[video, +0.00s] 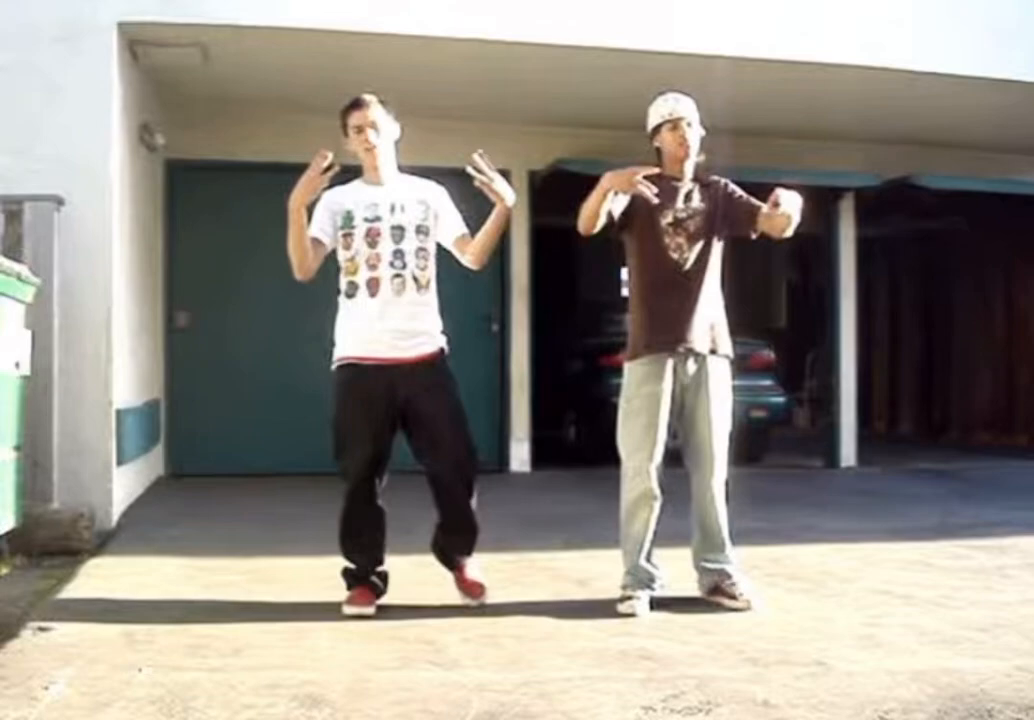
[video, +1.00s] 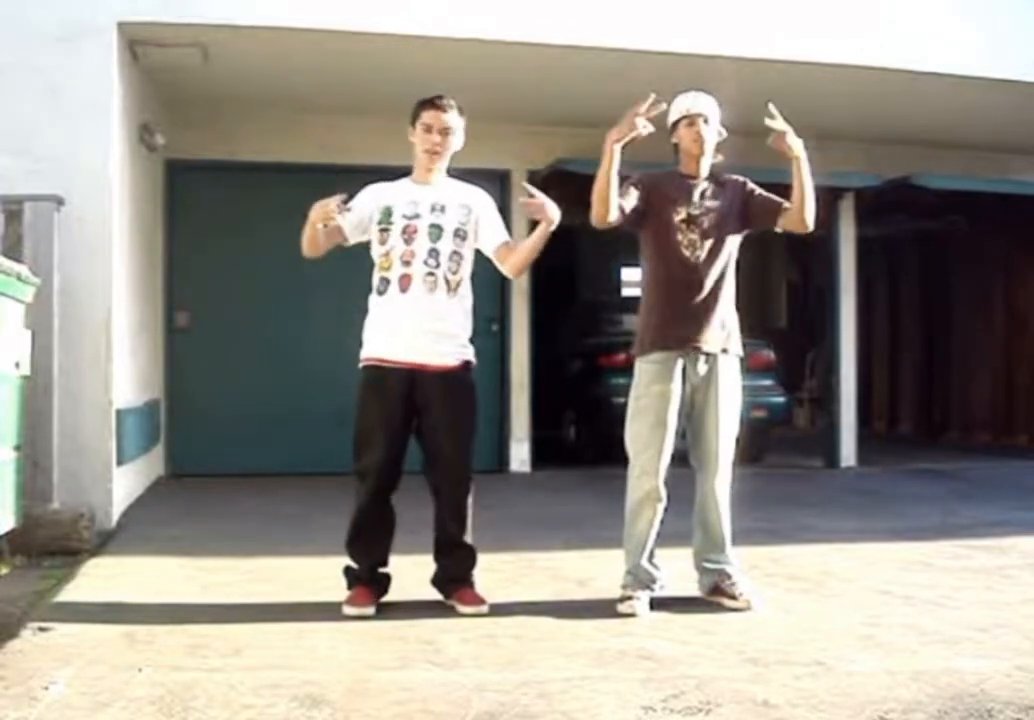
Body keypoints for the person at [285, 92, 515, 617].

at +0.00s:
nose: (368, 137)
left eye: (374, 127)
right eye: (358, 130)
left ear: (394, 133)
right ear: (347, 142)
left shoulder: (429, 194)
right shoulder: (336, 199)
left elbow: (473, 256)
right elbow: (304, 268)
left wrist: (503, 207)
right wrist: (297, 204)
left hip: (423, 356)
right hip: (360, 360)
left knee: (456, 464)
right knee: (359, 473)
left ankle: (457, 552)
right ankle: (364, 579)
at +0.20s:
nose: (362, 144)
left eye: (368, 133)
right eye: (352, 138)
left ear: (388, 136)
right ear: (343, 147)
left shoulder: (429, 194)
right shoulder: (336, 206)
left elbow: (480, 247)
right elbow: (303, 271)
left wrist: (499, 210)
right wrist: (291, 221)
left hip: (424, 357)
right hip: (362, 359)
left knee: (442, 474)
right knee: (362, 475)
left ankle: (456, 578)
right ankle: (364, 581)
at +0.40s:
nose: (368, 138)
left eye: (374, 128)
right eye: (358, 133)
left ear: (394, 130)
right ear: (350, 144)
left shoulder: (437, 192)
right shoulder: (342, 202)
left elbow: (486, 246)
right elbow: (309, 269)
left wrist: (510, 192)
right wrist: (287, 206)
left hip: (430, 358)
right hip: (367, 360)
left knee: (442, 477)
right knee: (364, 476)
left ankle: (457, 577)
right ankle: (364, 581)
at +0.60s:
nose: (390, 134)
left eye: (396, 124)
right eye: (380, 128)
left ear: (416, 129)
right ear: (370, 139)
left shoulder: (453, 195)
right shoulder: (357, 197)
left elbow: (499, 254)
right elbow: (319, 262)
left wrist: (527, 213)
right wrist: (297, 209)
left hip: (436, 358)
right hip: (373, 359)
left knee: (448, 476)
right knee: (366, 474)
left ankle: (456, 579)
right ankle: (365, 580)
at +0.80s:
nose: (416, 135)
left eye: (425, 127)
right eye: (408, 127)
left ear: (441, 133)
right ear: (395, 134)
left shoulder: (465, 197)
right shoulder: (371, 194)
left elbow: (504, 261)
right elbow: (332, 260)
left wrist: (541, 223)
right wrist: (311, 213)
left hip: (443, 358)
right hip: (380, 357)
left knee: (450, 476)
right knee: (371, 473)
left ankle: (456, 578)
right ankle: (365, 579)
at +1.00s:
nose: (436, 139)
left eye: (446, 131)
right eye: (428, 129)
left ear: (459, 141)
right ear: (412, 134)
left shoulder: (473, 201)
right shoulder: (379, 197)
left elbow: (512, 262)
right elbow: (315, 248)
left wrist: (546, 225)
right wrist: (316, 219)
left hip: (448, 359)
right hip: (385, 357)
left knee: (453, 476)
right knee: (375, 474)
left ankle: (456, 579)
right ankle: (365, 579)